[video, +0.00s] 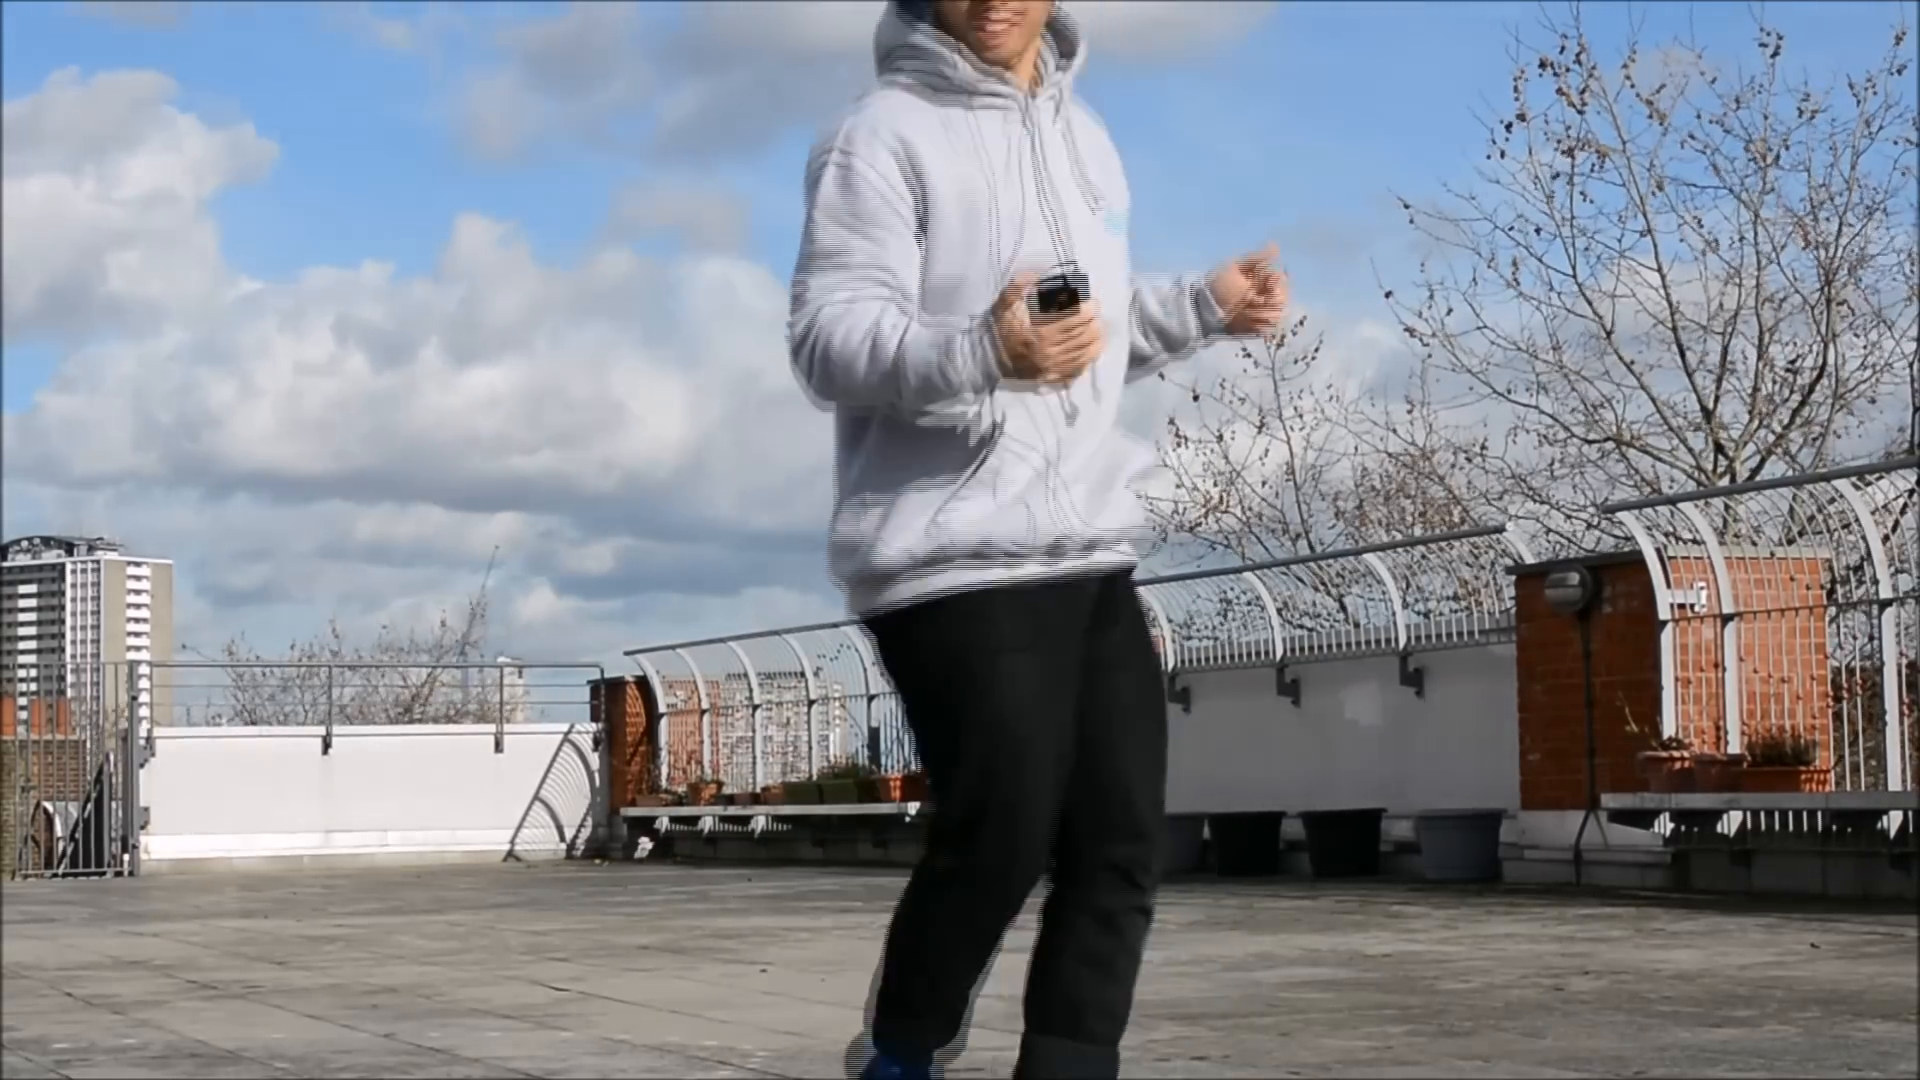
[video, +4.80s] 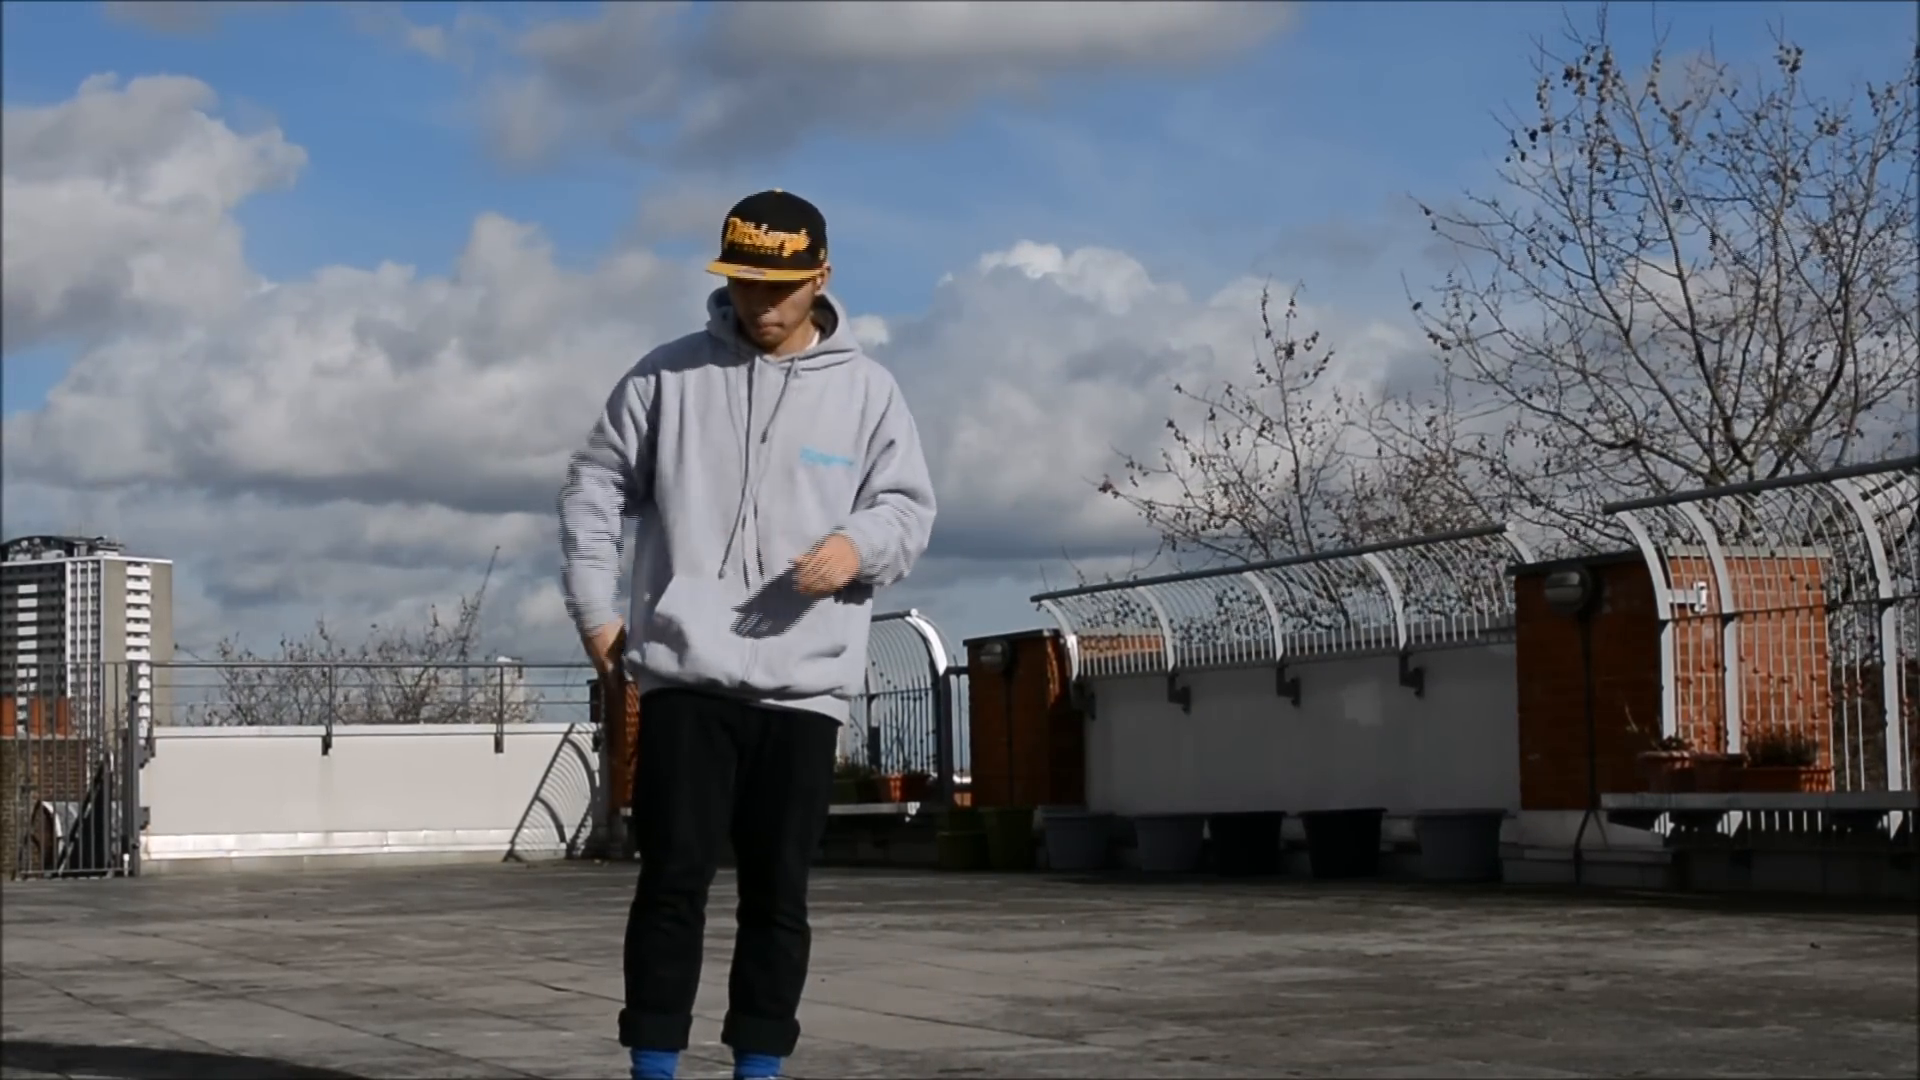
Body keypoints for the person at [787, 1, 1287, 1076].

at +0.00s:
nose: (998, 0)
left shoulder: (1088, 143)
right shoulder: (881, 134)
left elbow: (1095, 330)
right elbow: (831, 339)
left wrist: (1202, 306)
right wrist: (985, 352)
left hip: (1086, 555)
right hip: (942, 558)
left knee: (1118, 849)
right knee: (1002, 826)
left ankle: (1068, 1070)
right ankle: (898, 1057)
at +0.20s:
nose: (947, 138)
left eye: (973, 114)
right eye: (924, 115)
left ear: (1016, 128)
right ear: (895, 131)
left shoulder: (1096, 281)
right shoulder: (842, 299)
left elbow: (1133, 468)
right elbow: (795, 476)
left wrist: (1204, 426)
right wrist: (873, 497)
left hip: (1065, 658)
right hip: (918, 663)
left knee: (1087, 910)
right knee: (984, 905)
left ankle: (1045, 1062)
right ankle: (952, 1072)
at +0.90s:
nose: (885, 257)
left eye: (907, 237)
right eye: (867, 239)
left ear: (948, 248)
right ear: (848, 253)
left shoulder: (1016, 367)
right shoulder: (808, 379)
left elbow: (1056, 535)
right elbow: (770, 510)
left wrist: (1050, 483)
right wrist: (794, 532)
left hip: (982, 654)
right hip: (866, 666)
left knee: (956, 859)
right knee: (898, 876)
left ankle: (988, 1066)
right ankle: (937, 1057)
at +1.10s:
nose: (861, 237)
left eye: (882, 216)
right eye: (844, 219)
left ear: (925, 221)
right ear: (825, 230)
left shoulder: (995, 335)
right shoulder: (789, 351)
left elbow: (1039, 474)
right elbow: (755, 477)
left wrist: (989, 346)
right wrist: (776, 505)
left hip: (951, 634)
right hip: (838, 640)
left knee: (919, 846)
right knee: (866, 858)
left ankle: (926, 1056)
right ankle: (925, 1051)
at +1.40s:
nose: (819, 240)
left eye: (839, 220)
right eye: (803, 223)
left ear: (888, 225)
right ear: (789, 234)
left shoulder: (949, 332)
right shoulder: (763, 352)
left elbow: (944, 435)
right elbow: (729, 480)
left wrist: (905, 292)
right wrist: (730, 502)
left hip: (902, 661)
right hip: (783, 655)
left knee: (898, 882)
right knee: (727, 846)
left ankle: (911, 1067)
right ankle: (784, 1034)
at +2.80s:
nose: (736, 331)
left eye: (753, 315)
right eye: (719, 316)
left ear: (787, 292)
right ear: (694, 297)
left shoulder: (844, 381)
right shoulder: (649, 385)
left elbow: (885, 522)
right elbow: (611, 519)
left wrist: (843, 449)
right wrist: (676, 502)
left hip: (799, 678)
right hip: (683, 675)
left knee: (780, 882)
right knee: (680, 876)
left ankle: (763, 1061)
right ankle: (668, 1060)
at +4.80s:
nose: (761, 301)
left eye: (779, 285)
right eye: (746, 283)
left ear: (819, 278)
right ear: (726, 277)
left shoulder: (867, 389)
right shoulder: (665, 376)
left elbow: (908, 505)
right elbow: (595, 489)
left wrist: (857, 546)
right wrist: (596, 609)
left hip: (805, 678)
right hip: (684, 669)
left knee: (779, 883)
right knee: (673, 875)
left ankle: (760, 1062)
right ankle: (654, 1061)